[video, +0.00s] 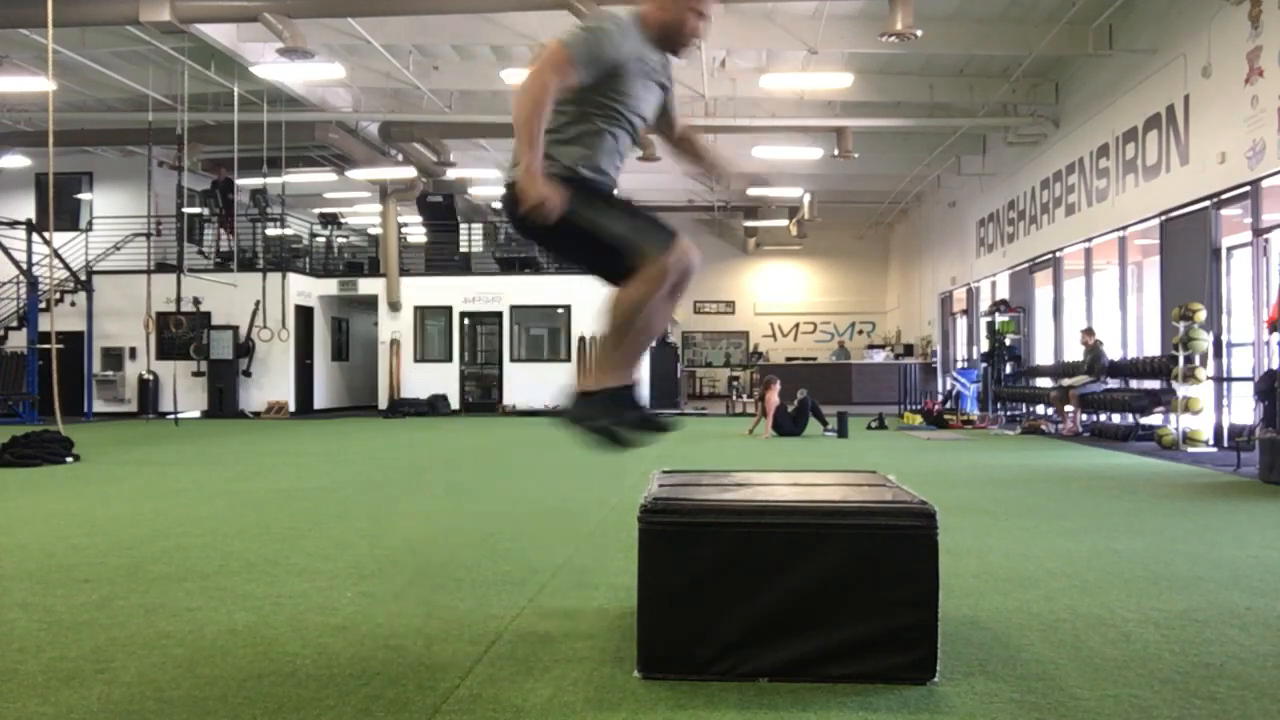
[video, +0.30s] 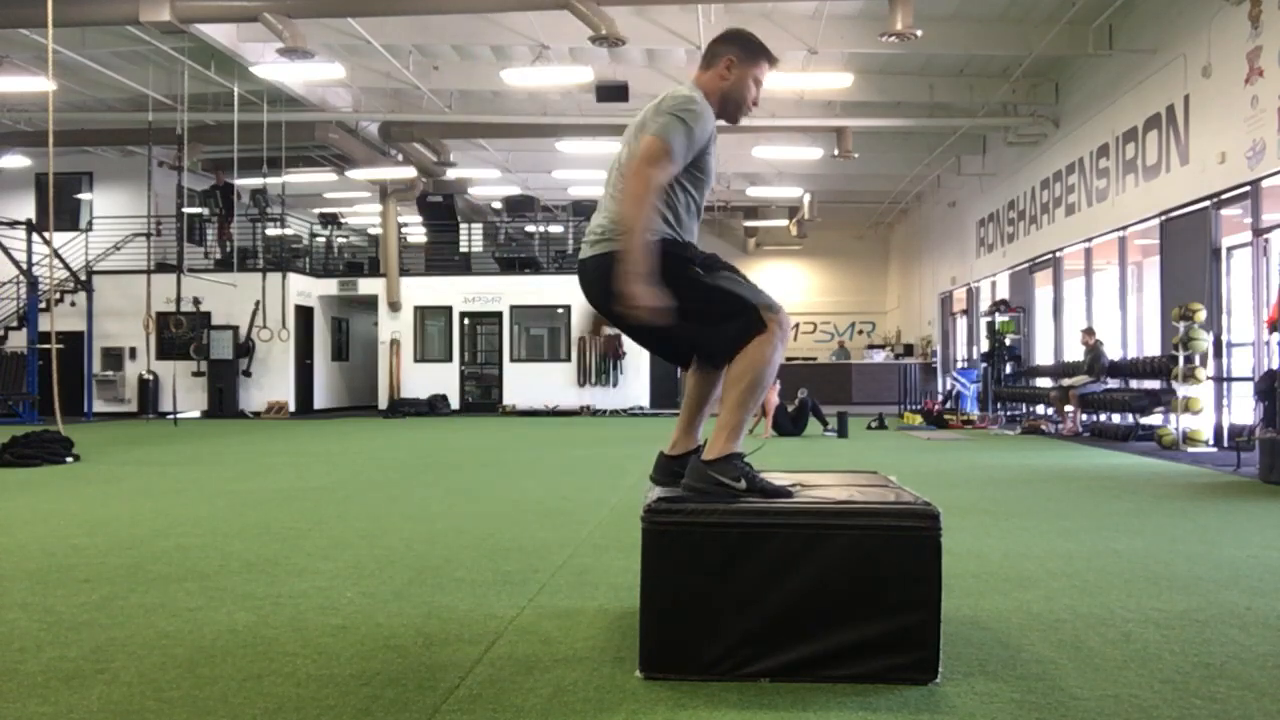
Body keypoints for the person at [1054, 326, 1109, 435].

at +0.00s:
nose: (1081, 340)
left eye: (1084, 337)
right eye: (1081, 337)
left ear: (1091, 338)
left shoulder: (1099, 353)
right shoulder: (1087, 351)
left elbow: (1096, 376)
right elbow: (1085, 371)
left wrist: (1074, 381)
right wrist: (1071, 380)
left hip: (1099, 382)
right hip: (1087, 379)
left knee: (1074, 393)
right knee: (1055, 395)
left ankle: (1076, 426)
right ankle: (1066, 425)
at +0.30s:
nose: (1082, 339)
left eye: (1084, 337)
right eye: (1082, 336)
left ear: (1092, 337)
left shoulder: (1099, 353)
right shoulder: (1088, 351)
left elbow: (1096, 377)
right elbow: (1086, 372)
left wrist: (1074, 381)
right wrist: (1071, 380)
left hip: (1099, 382)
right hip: (1087, 379)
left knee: (1074, 393)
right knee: (1054, 395)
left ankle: (1076, 426)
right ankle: (1066, 424)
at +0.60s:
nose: (1082, 339)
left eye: (1085, 337)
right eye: (1082, 336)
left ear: (1092, 337)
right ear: (1087, 337)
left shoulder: (1099, 353)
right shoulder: (1088, 351)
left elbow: (1096, 376)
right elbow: (1085, 372)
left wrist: (1075, 381)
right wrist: (1072, 380)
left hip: (1099, 382)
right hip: (1086, 380)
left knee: (1073, 393)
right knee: (1054, 395)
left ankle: (1076, 426)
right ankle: (1066, 425)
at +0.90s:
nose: (1082, 340)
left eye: (1084, 337)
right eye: (1082, 336)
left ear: (1092, 338)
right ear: (1088, 338)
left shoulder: (1099, 353)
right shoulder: (1088, 351)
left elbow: (1095, 376)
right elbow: (1085, 372)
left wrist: (1073, 381)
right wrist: (1071, 380)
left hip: (1099, 382)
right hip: (1087, 379)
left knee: (1074, 393)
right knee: (1054, 395)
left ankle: (1076, 426)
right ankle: (1066, 424)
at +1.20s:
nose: (1083, 340)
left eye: (1085, 337)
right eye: (1083, 337)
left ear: (1093, 338)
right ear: (1087, 338)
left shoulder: (1100, 354)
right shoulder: (1088, 351)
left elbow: (1095, 377)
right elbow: (1085, 372)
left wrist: (1073, 381)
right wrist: (1071, 380)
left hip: (1098, 382)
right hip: (1086, 380)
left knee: (1073, 393)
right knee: (1054, 395)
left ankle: (1076, 426)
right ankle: (1066, 424)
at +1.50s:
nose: (1083, 340)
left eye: (1085, 337)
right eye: (1083, 337)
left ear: (1093, 338)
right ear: (1087, 338)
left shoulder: (1100, 354)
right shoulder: (1088, 351)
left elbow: (1096, 377)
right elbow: (1085, 371)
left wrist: (1073, 381)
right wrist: (1071, 380)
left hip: (1098, 382)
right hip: (1086, 380)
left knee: (1073, 392)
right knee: (1054, 395)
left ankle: (1076, 426)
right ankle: (1066, 424)